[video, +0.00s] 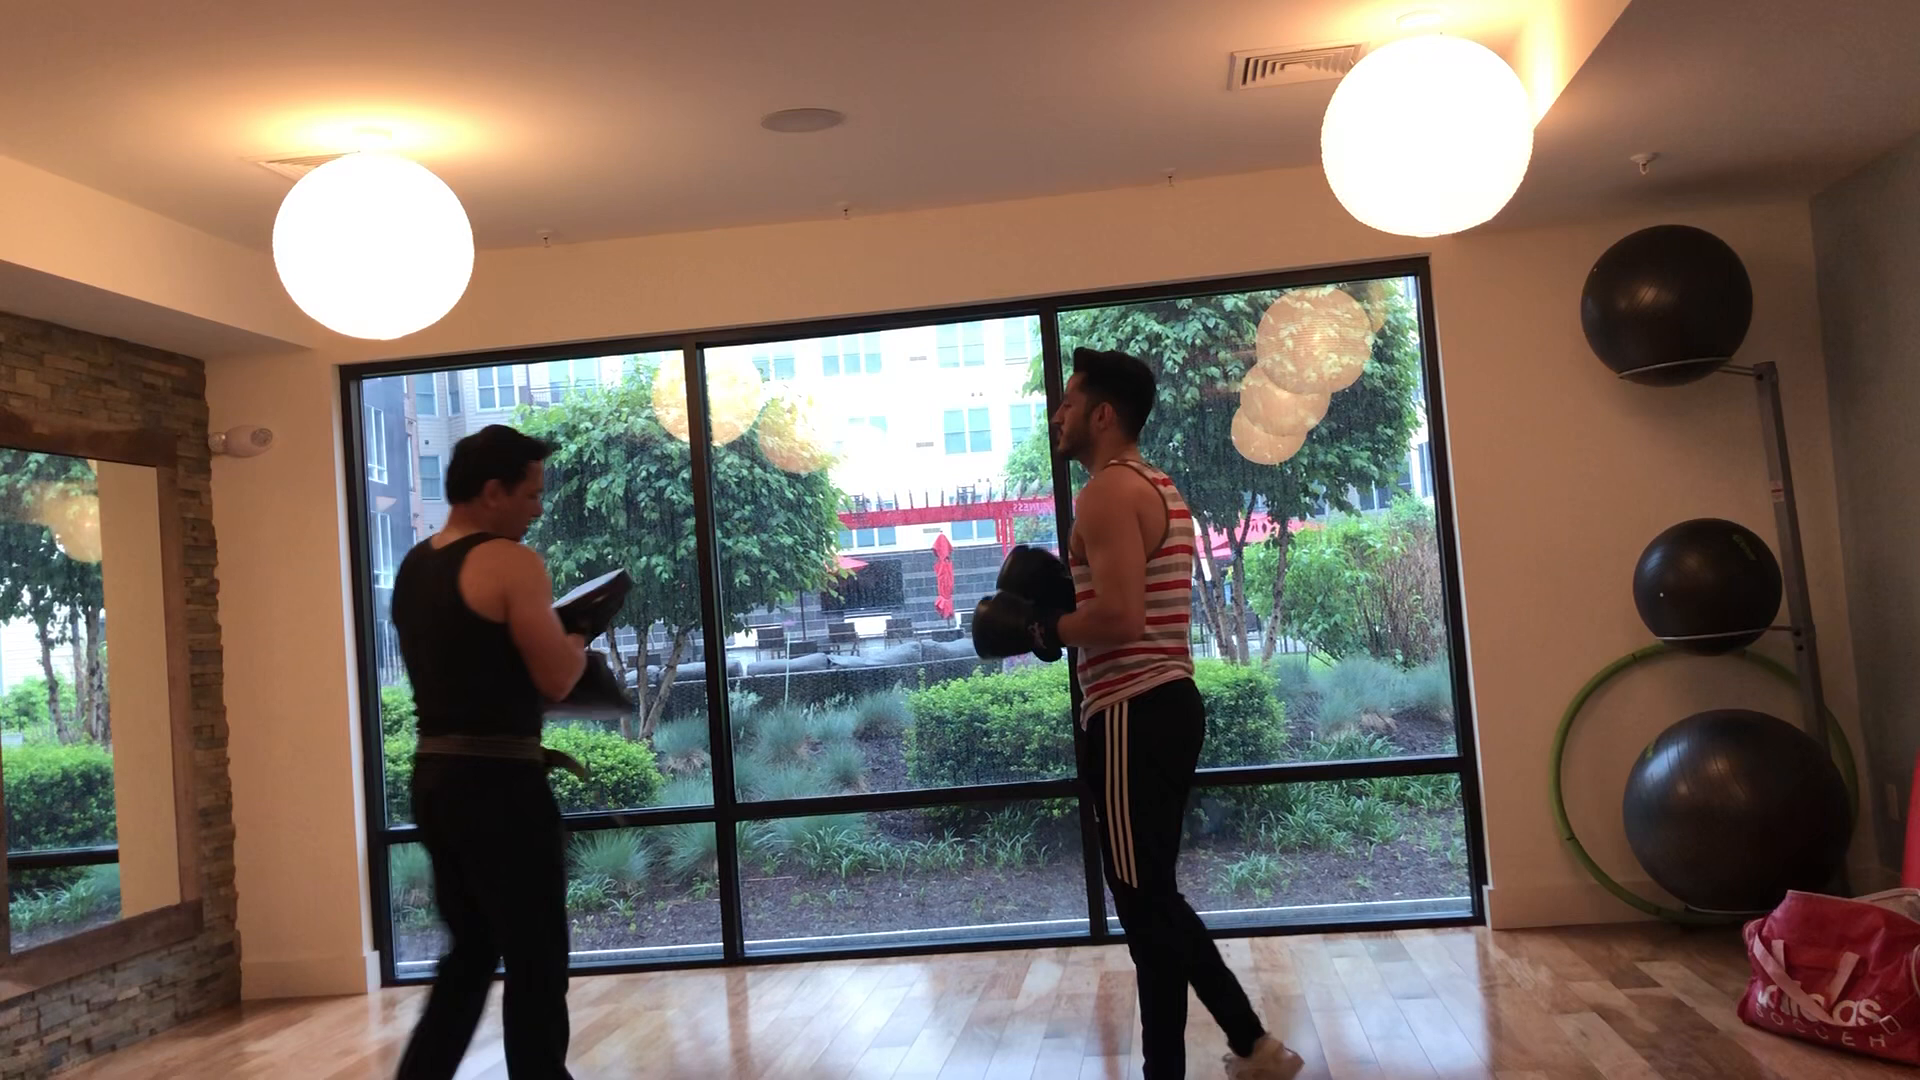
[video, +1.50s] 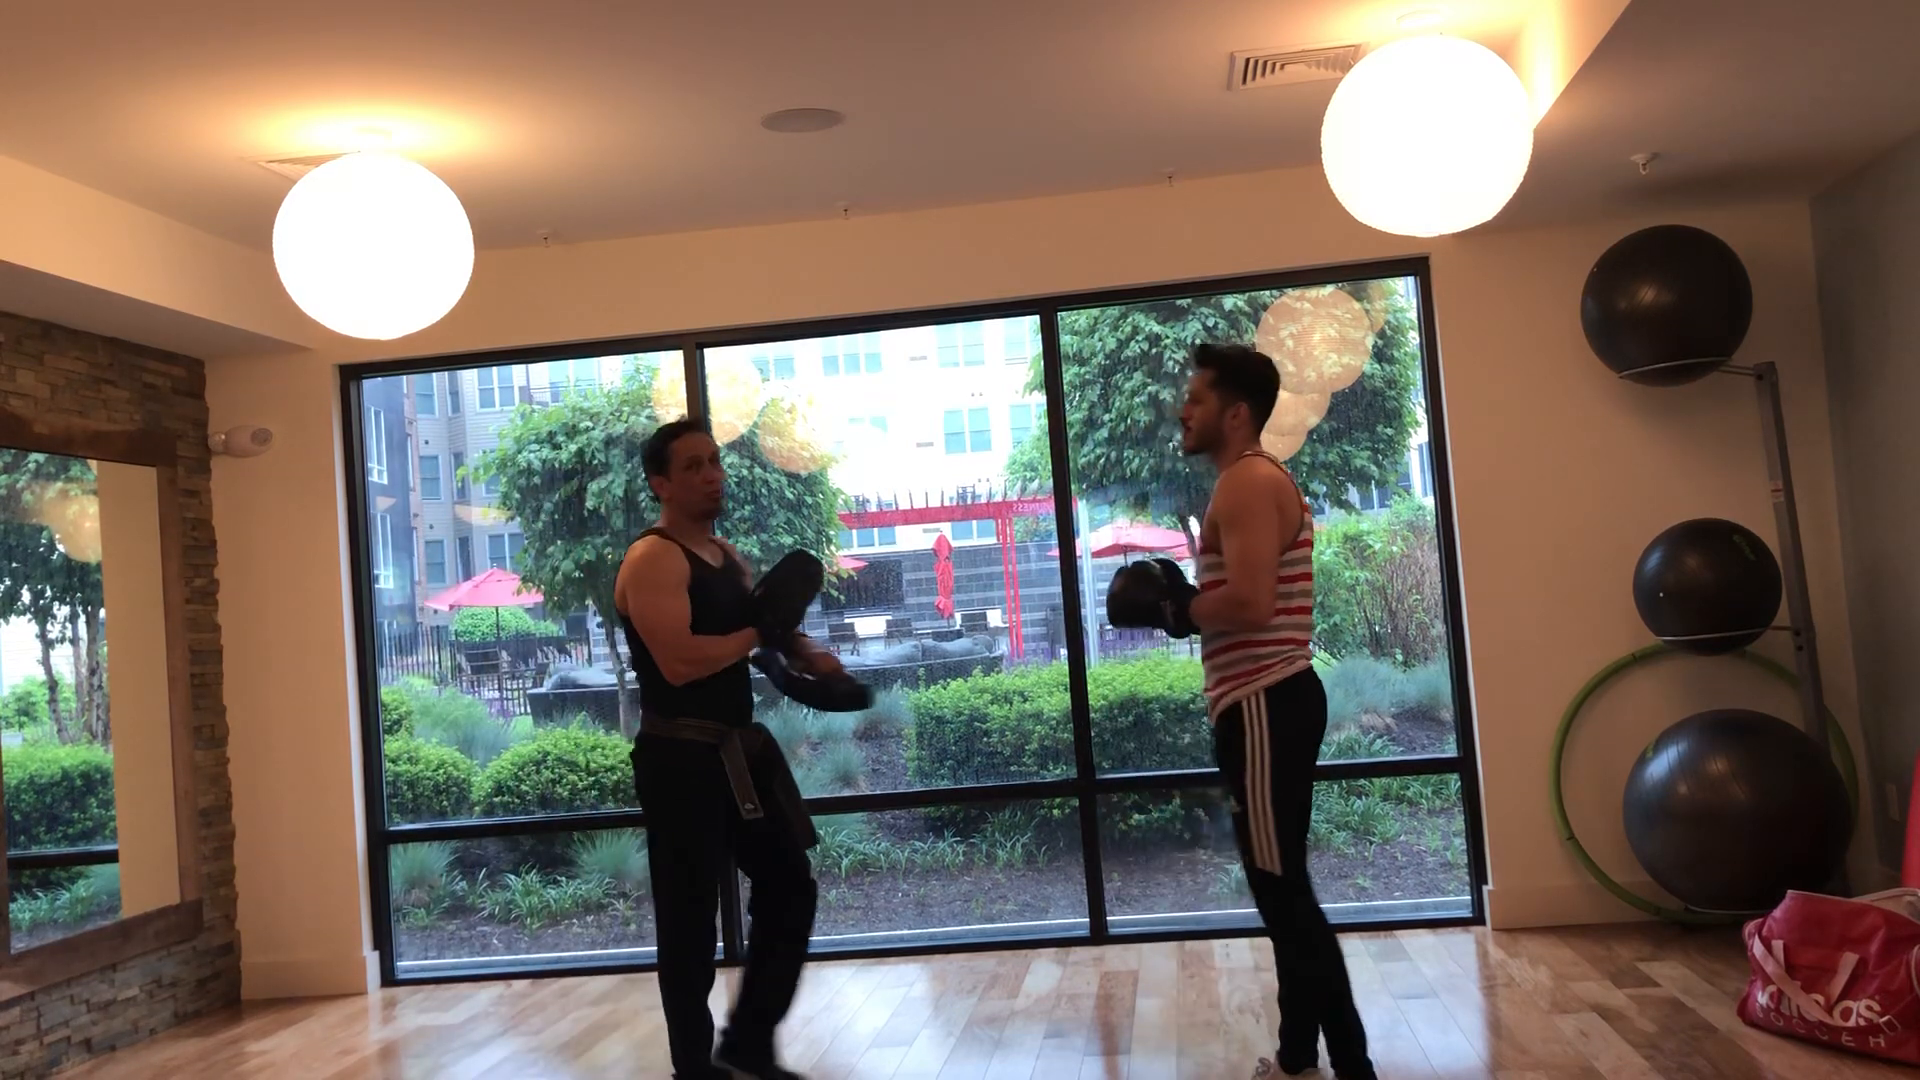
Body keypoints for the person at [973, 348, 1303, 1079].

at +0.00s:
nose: (1055, 413)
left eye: (1066, 400)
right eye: (1061, 399)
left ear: (1102, 413)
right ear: (1115, 417)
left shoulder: (1109, 493)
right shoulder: (1158, 489)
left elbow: (1117, 617)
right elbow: (1140, 604)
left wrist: (1044, 629)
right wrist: (1060, 597)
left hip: (1132, 708)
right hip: (1168, 701)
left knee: (1139, 895)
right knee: (1149, 892)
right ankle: (1250, 1044)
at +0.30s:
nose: (1069, 415)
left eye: (1079, 402)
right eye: (1074, 402)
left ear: (1114, 413)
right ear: (1126, 416)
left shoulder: (1130, 493)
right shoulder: (1158, 488)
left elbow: (1127, 619)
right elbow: (1135, 611)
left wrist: (1054, 621)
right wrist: (1066, 606)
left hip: (1140, 712)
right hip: (1171, 704)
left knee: (1147, 901)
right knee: (1182, 883)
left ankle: (1163, 1073)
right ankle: (1274, 1047)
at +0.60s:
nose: (1106, 419)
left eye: (1113, 405)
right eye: (1109, 404)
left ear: (1147, 414)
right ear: (1167, 418)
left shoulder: (1149, 492)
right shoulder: (1212, 486)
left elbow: (1145, 614)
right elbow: (1198, 603)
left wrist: (1092, 621)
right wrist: (1118, 588)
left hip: (1168, 710)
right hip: (1221, 700)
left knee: (1159, 901)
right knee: (1241, 887)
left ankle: (1166, 1067)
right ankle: (1293, 1050)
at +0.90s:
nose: (1132, 426)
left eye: (1140, 413)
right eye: (1136, 411)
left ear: (1174, 419)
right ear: (1196, 423)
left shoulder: (1178, 491)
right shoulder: (1250, 488)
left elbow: (1178, 608)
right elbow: (1236, 601)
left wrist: (1131, 620)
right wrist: (1151, 600)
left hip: (1220, 712)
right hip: (1272, 701)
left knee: (1192, 900)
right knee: (1277, 887)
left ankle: (1175, 1067)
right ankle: (1300, 1053)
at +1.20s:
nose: (1153, 423)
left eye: (1163, 410)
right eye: (1156, 409)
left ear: (1199, 418)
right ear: (1214, 421)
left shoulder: (1210, 485)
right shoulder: (1264, 484)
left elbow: (1215, 603)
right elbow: (1248, 602)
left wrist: (1157, 615)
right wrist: (1172, 605)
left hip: (1242, 704)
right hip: (1291, 696)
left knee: (1201, 885)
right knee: (1284, 882)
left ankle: (1267, 1056)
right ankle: (1300, 1050)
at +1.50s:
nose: (1182, 411)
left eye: (1195, 398)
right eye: (1185, 397)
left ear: (1237, 410)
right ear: (1238, 413)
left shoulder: (1248, 482)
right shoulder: (1261, 481)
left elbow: (1248, 604)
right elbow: (1255, 601)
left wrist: (1168, 608)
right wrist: (1178, 598)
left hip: (1266, 702)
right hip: (1268, 698)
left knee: (1280, 885)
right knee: (1275, 883)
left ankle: (1353, 1065)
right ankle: (1297, 1054)